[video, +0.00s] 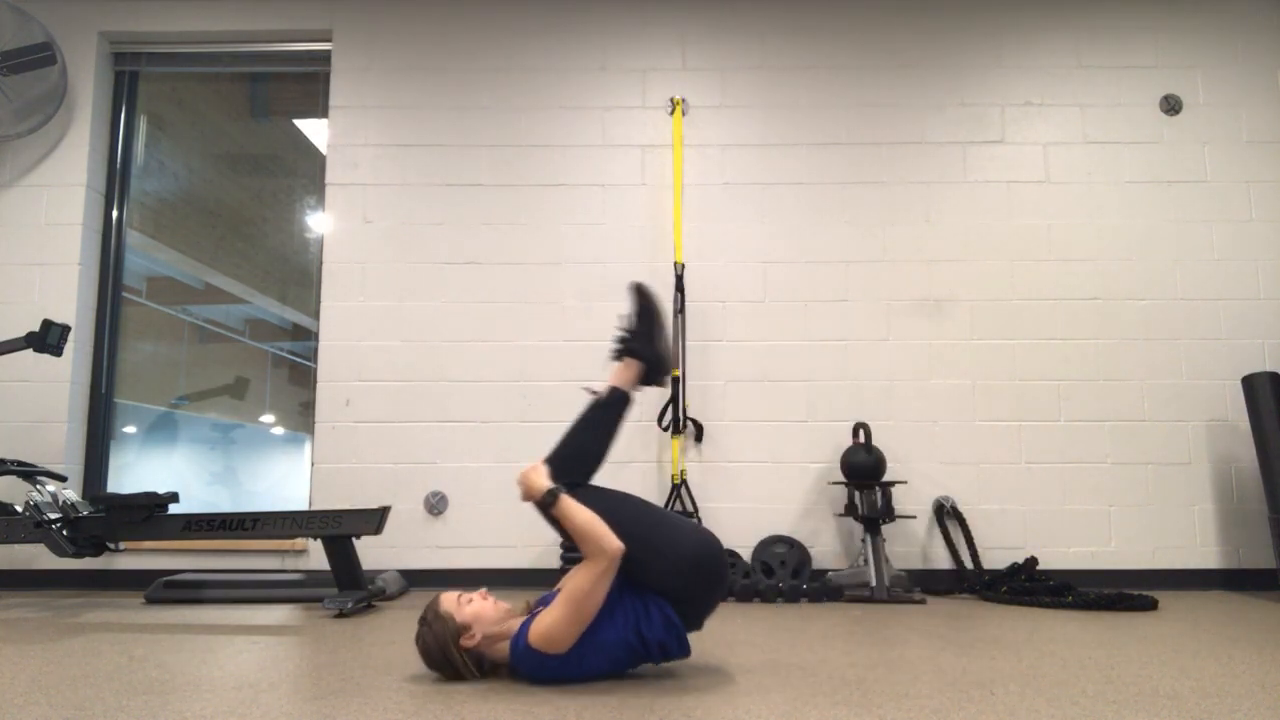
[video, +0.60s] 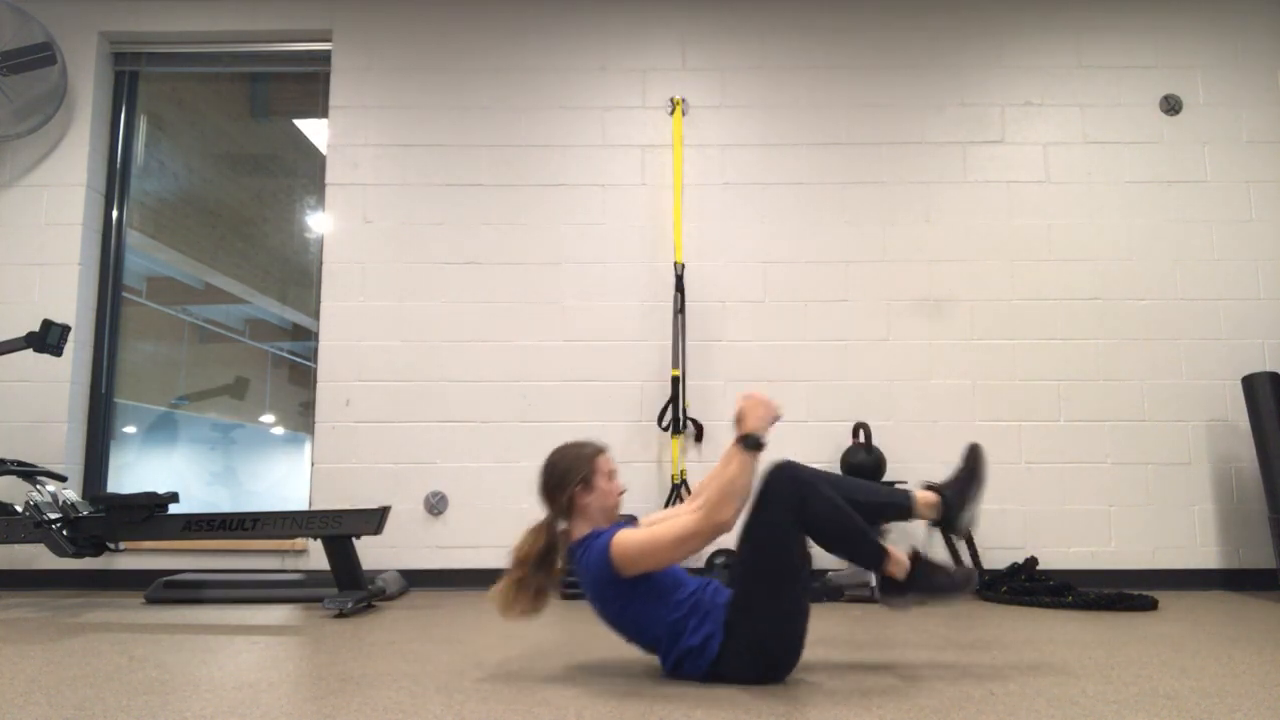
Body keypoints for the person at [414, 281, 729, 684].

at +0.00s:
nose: (480, 593)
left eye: (468, 593)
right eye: (466, 602)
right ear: (470, 638)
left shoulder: (533, 631)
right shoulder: (539, 644)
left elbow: (597, 559)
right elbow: (608, 553)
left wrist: (551, 496)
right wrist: (548, 496)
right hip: (693, 575)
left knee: (555, 489)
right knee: (561, 492)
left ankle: (631, 366)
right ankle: (635, 365)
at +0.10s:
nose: (492, 582)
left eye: (478, 582)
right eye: (476, 591)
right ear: (475, 628)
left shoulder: (536, 627)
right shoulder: (540, 642)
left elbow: (609, 562)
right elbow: (620, 557)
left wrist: (571, 489)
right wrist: (571, 489)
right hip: (702, 591)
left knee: (580, 490)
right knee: (585, 489)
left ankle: (671, 378)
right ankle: (674, 376)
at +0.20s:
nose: (505, 569)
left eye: (491, 566)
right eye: (488, 575)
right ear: (482, 612)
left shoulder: (542, 619)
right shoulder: (545, 635)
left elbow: (617, 567)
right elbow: (635, 562)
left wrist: (605, 483)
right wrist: (603, 484)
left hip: (698, 607)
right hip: (712, 611)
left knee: (612, 482)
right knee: (617, 488)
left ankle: (720, 395)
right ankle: (731, 390)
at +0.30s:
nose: (528, 550)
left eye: (518, 543)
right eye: (513, 551)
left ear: (507, 583)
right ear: (500, 586)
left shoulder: (555, 602)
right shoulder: (556, 620)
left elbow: (643, 564)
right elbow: (657, 563)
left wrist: (647, 481)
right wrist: (647, 483)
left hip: (709, 624)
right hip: (719, 631)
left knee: (654, 476)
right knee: (656, 477)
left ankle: (779, 425)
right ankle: (789, 424)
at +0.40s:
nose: (560, 525)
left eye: (551, 517)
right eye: (545, 523)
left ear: (530, 554)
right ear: (524, 554)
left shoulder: (567, 586)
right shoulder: (572, 598)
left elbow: (661, 549)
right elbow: (678, 552)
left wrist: (686, 475)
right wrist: (692, 470)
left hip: (723, 634)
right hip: (731, 645)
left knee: (706, 472)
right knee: (710, 477)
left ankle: (835, 464)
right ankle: (849, 469)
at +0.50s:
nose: (592, 501)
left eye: (586, 492)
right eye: (581, 496)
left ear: (559, 519)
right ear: (555, 521)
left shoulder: (586, 560)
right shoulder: (589, 574)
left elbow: (682, 538)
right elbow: (691, 539)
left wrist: (717, 461)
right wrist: (722, 458)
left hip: (732, 631)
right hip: (741, 650)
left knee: (748, 467)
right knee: (749, 482)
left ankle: (893, 491)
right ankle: (882, 531)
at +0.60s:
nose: (619, 485)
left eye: (615, 476)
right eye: (608, 479)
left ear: (585, 496)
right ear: (579, 496)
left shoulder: (609, 534)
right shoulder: (603, 555)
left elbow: (700, 510)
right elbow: (710, 521)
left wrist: (742, 440)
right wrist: (749, 439)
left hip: (744, 630)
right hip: (746, 651)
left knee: (794, 476)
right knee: (787, 485)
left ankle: (934, 502)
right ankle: (897, 569)